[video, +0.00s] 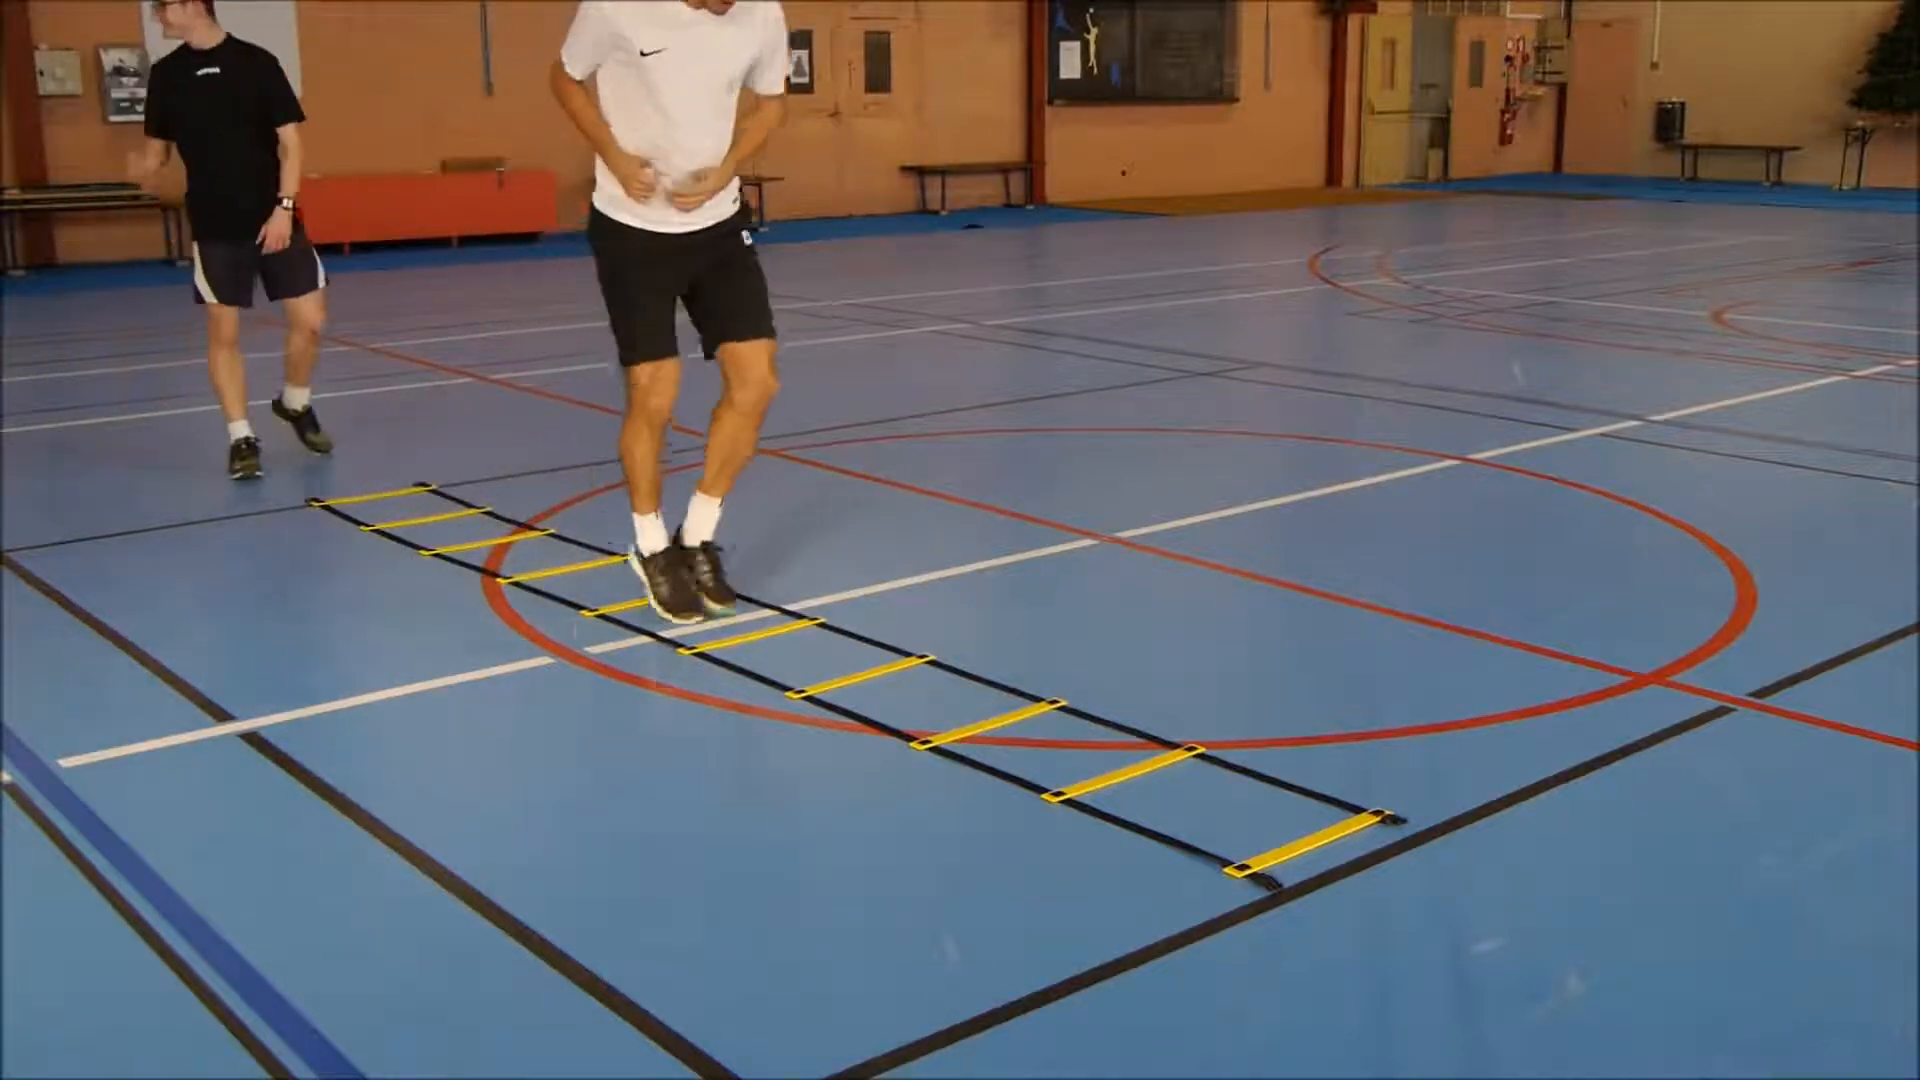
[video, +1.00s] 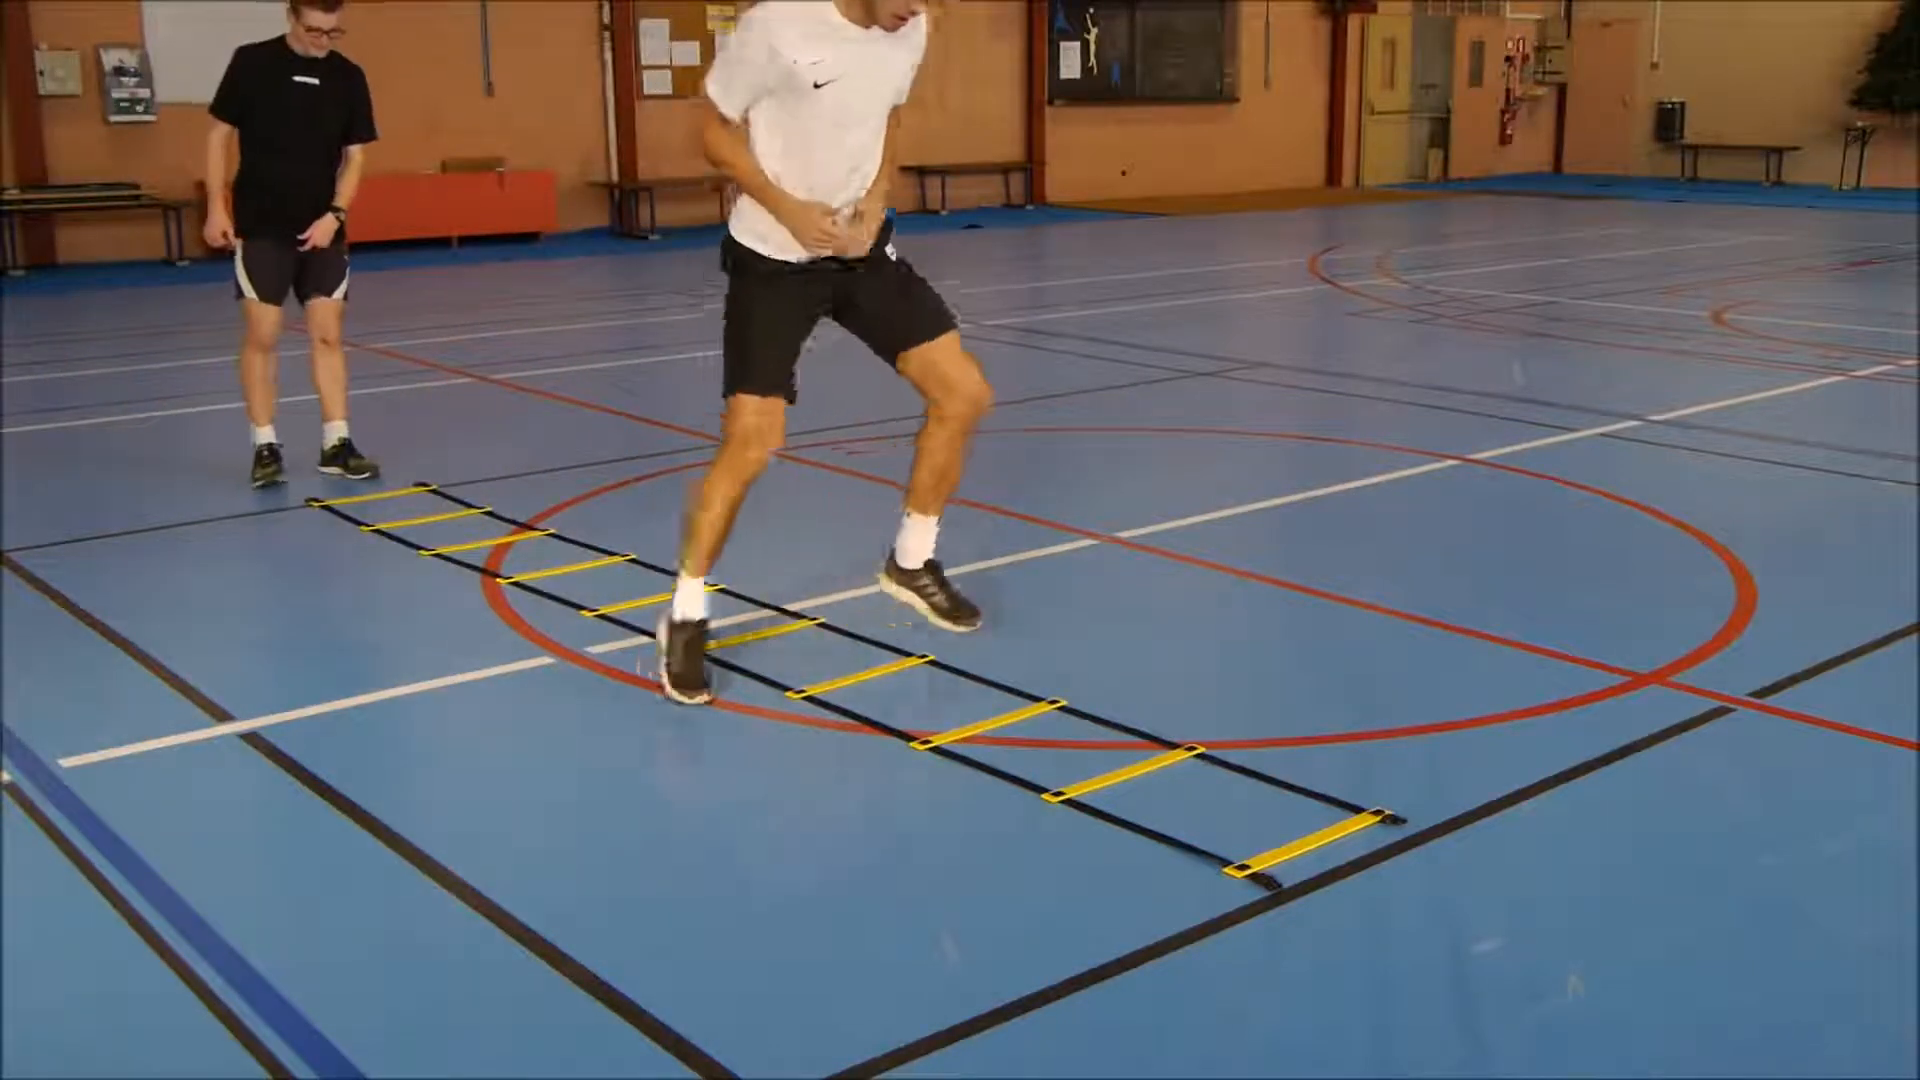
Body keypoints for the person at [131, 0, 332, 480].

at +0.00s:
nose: (161, 14)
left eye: (169, 5)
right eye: (160, 7)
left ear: (198, 7)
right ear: (185, 14)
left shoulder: (257, 62)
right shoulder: (165, 74)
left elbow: (291, 140)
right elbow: (156, 152)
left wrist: (285, 209)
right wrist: (144, 167)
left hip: (273, 215)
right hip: (214, 223)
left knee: (310, 319)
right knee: (225, 332)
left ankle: (295, 402)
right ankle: (241, 438)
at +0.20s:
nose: (178, 27)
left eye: (185, 16)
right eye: (174, 18)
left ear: (214, 10)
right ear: (180, 20)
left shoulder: (268, 65)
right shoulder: (171, 70)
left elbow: (294, 146)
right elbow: (161, 150)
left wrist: (280, 213)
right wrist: (147, 124)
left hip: (276, 215)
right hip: (216, 223)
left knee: (315, 326)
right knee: (227, 333)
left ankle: (341, 432)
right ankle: (242, 439)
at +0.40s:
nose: (251, 29)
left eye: (260, 19)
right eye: (241, 19)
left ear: (269, 16)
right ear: (222, 13)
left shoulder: (294, 69)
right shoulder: (194, 70)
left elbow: (313, 149)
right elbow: (172, 148)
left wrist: (302, 214)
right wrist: (179, 177)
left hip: (291, 220)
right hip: (231, 225)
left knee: (315, 330)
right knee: (234, 333)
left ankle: (335, 441)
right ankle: (242, 439)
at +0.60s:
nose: (297, 31)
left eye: (306, 21)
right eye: (287, 20)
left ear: (315, 16)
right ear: (264, 11)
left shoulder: (327, 70)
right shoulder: (228, 64)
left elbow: (340, 152)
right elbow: (205, 141)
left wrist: (321, 208)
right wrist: (212, 204)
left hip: (311, 222)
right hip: (249, 225)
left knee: (326, 334)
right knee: (245, 335)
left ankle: (336, 442)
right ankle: (244, 438)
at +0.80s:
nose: (321, 35)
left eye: (329, 26)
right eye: (311, 24)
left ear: (337, 19)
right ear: (289, 13)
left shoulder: (348, 75)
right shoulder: (250, 61)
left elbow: (356, 157)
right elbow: (220, 135)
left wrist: (335, 212)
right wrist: (218, 207)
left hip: (322, 223)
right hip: (261, 223)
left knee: (328, 335)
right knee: (259, 335)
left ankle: (338, 442)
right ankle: (247, 436)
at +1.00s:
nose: (321, 40)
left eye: (331, 31)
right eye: (313, 30)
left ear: (340, 23)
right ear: (291, 16)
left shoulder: (349, 77)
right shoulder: (251, 62)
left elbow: (354, 158)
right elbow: (219, 134)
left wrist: (336, 214)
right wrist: (216, 208)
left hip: (322, 224)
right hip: (261, 225)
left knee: (328, 334)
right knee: (263, 335)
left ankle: (337, 444)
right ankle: (265, 446)